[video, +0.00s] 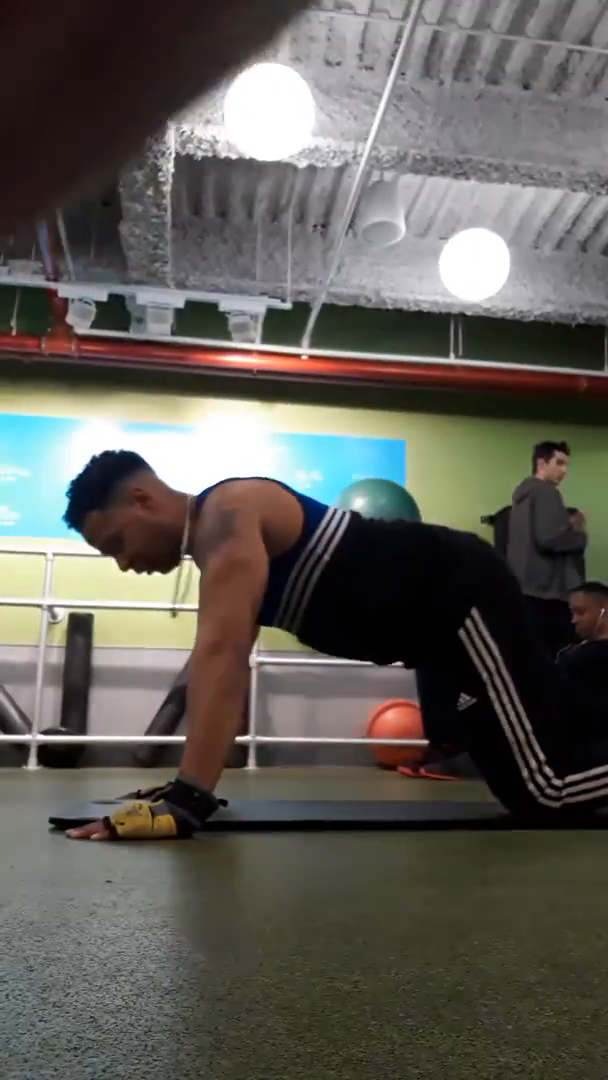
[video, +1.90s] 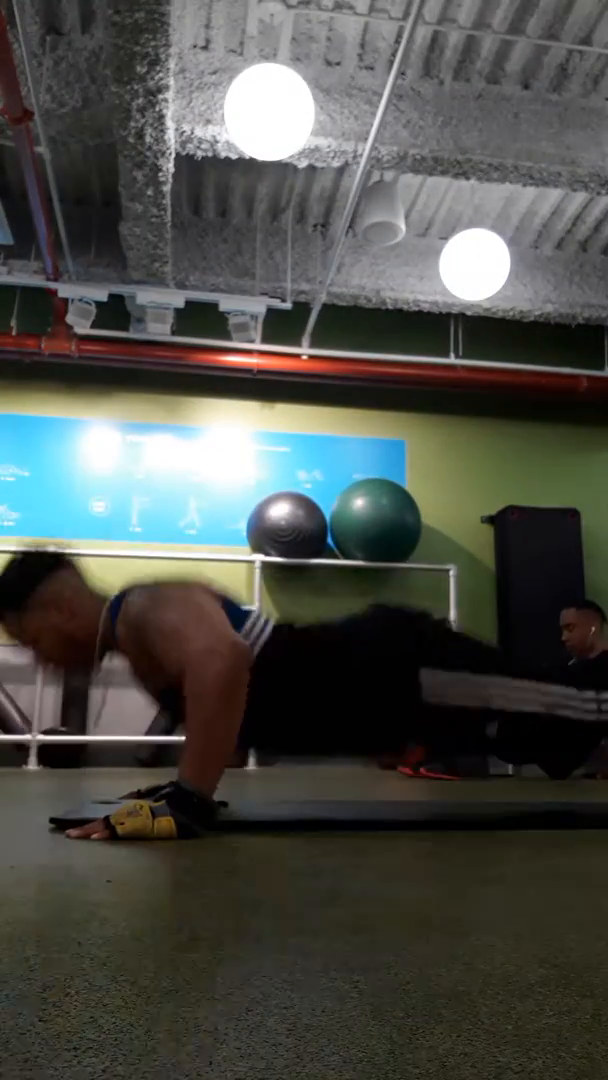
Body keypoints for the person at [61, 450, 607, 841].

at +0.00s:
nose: (124, 563)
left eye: (115, 544)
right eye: (110, 554)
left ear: (146, 499)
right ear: (149, 501)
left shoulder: (229, 513)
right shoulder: (221, 526)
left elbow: (223, 656)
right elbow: (223, 660)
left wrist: (189, 796)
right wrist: (191, 790)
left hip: (459, 596)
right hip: (436, 616)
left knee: (542, 789)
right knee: (464, 753)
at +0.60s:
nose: (78, 574)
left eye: (67, 555)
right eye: (64, 564)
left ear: (95, 510)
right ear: (99, 511)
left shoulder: (189, 515)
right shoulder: (184, 531)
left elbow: (213, 654)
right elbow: (211, 660)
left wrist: (189, 797)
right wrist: (184, 793)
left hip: (428, 594)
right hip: (418, 610)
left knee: (591, 703)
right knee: (553, 742)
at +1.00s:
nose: (63, 594)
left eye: (53, 575)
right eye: (48, 583)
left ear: (78, 534)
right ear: (83, 532)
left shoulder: (174, 543)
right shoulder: (165, 565)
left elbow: (217, 652)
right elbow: (219, 673)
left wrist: (187, 798)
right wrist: (186, 798)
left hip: (421, 642)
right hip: (410, 658)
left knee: (590, 697)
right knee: (568, 712)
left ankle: (591, 622)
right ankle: (588, 626)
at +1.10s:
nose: (48, 630)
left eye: (39, 609)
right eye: (36, 619)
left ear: (70, 565)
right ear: (73, 568)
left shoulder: (160, 577)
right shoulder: (154, 593)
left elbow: (223, 658)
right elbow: (242, 676)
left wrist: (189, 796)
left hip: (399, 670)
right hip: (388, 678)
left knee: (582, 705)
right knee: (565, 705)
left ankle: (591, 628)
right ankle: (589, 629)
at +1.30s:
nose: (21, 712)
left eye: (16, 691)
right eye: (10, 701)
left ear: (53, 640)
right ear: (54, 644)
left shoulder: (129, 647)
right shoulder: (133, 682)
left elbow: (225, 665)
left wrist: (188, 797)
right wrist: (381, 774)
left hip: (406, 713)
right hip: (397, 728)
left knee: (590, 723)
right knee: (568, 711)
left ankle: (592, 637)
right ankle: (591, 634)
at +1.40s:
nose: (25, 747)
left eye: (13, 725)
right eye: (13, 735)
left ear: (39, 680)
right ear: (44, 681)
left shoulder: (122, 672)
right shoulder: (135, 710)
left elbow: (221, 663)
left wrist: (189, 799)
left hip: (392, 726)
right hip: (382, 741)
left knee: (587, 727)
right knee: (556, 718)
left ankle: (593, 638)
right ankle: (589, 636)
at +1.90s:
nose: (43, 656)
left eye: (36, 635)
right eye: (30, 645)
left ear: (63, 596)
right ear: (63, 602)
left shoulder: (148, 607)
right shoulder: (142, 635)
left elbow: (223, 662)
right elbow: (225, 693)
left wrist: (187, 798)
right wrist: (181, 796)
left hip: (383, 669)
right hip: (371, 693)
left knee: (576, 711)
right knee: (553, 733)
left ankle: (586, 644)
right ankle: (582, 641)